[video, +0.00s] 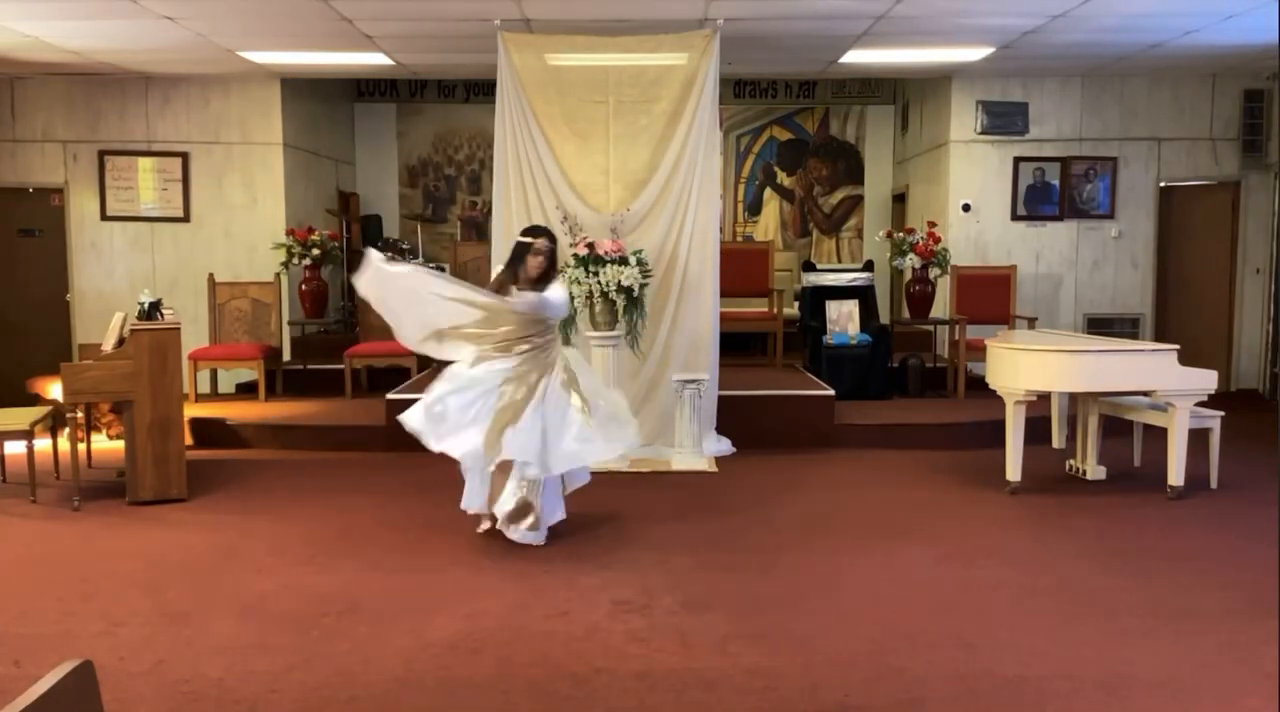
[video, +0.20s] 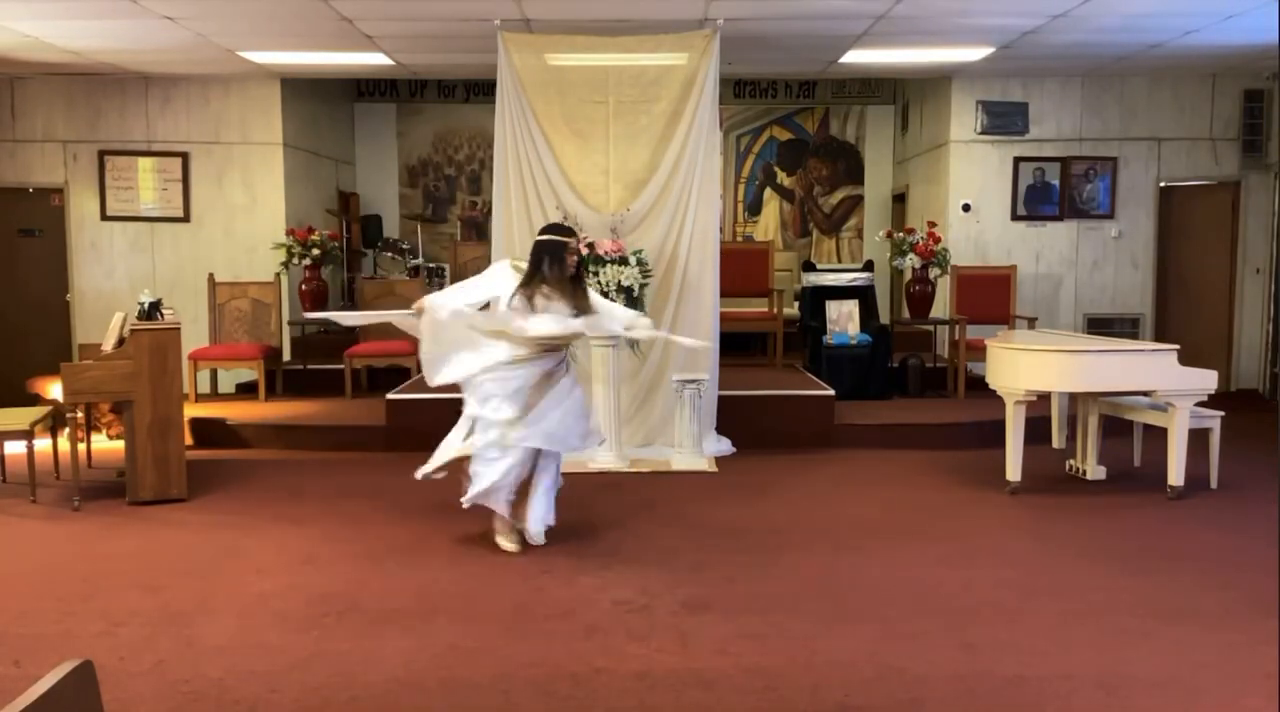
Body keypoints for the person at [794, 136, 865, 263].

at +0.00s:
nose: (817, 176)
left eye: (823, 169)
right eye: (813, 170)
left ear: (839, 166)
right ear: (808, 172)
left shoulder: (854, 193)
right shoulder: (818, 194)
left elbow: (828, 227)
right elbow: (800, 233)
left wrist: (808, 197)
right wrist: (799, 198)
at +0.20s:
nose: (817, 176)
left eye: (823, 169)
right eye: (813, 170)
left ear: (839, 166)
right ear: (808, 172)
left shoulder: (854, 193)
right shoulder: (818, 194)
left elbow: (828, 227)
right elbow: (800, 233)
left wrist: (808, 196)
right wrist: (799, 198)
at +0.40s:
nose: (817, 176)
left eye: (823, 169)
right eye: (813, 170)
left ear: (840, 166)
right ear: (808, 172)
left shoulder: (854, 193)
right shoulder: (818, 194)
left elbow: (828, 227)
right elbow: (800, 233)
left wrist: (808, 196)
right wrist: (799, 197)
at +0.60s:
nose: (817, 176)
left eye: (823, 169)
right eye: (813, 170)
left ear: (839, 166)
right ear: (808, 172)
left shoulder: (854, 193)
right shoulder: (818, 194)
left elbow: (828, 227)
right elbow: (800, 233)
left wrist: (808, 196)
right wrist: (799, 197)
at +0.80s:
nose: (816, 176)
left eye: (823, 169)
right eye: (813, 170)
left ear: (840, 166)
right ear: (808, 172)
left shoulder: (854, 193)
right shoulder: (818, 194)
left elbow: (828, 227)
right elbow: (800, 232)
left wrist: (808, 196)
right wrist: (799, 198)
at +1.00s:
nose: (815, 176)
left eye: (820, 170)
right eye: (812, 171)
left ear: (840, 166)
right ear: (808, 173)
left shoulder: (854, 193)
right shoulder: (820, 195)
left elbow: (828, 226)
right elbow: (799, 232)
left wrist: (808, 196)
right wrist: (799, 197)